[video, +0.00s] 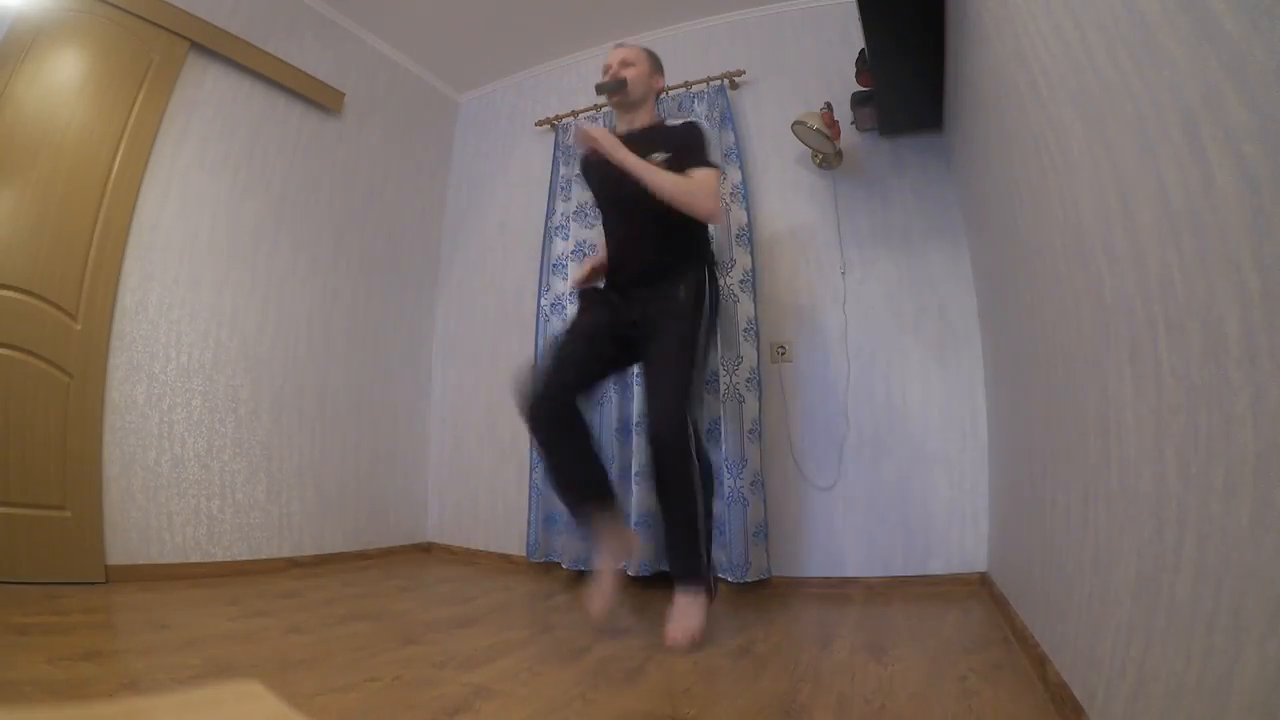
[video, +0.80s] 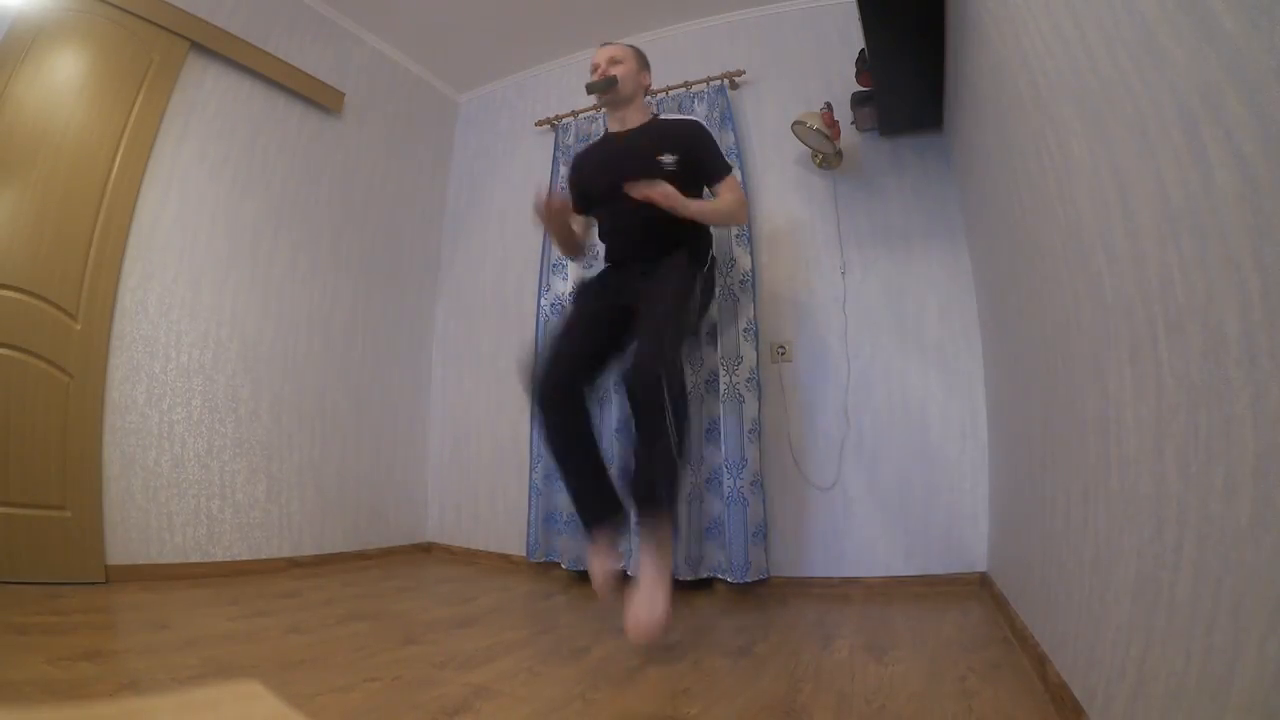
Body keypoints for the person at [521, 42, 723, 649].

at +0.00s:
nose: (614, 70)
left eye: (628, 62)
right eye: (607, 66)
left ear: (658, 82)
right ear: (601, 89)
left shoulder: (682, 137)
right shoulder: (597, 157)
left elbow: (709, 205)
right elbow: (632, 228)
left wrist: (621, 155)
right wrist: (598, 261)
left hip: (678, 296)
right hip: (616, 301)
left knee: (667, 428)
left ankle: (691, 583)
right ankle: (608, 529)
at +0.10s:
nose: (617, 78)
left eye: (630, 69)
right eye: (609, 74)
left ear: (660, 88)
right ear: (602, 96)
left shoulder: (696, 155)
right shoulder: (588, 167)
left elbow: (737, 234)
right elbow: (560, 257)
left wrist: (679, 235)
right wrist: (556, 241)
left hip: (684, 286)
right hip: (618, 300)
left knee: (642, 323)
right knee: (636, 447)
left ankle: (685, 481)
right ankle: (655, 597)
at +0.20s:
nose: (609, 85)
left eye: (622, 76)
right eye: (602, 81)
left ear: (653, 93)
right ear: (596, 103)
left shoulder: (692, 155)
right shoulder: (588, 170)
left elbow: (741, 214)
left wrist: (714, 249)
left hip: (691, 289)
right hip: (626, 305)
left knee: (639, 326)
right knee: (630, 447)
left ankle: (678, 490)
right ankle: (651, 590)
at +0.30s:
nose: (607, 79)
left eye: (621, 70)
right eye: (600, 75)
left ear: (652, 89)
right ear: (595, 96)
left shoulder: (683, 138)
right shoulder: (597, 172)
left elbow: (752, 206)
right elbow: (596, 262)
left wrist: (671, 203)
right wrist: (574, 242)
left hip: (687, 300)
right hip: (626, 304)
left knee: (678, 432)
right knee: (547, 383)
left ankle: (703, 578)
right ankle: (596, 520)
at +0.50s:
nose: (612, 74)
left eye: (626, 66)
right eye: (604, 69)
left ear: (655, 84)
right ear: (597, 89)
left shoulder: (685, 139)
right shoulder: (595, 159)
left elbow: (722, 212)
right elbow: (612, 225)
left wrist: (644, 164)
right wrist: (596, 249)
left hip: (681, 292)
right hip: (617, 297)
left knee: (675, 409)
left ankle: (699, 568)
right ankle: (601, 545)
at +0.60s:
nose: (614, 87)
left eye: (628, 78)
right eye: (607, 82)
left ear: (658, 93)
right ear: (599, 101)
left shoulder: (693, 165)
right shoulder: (585, 175)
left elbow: (728, 248)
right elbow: (554, 262)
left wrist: (679, 230)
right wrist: (553, 240)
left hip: (681, 297)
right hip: (614, 308)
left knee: (646, 287)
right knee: (620, 453)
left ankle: (673, 449)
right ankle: (643, 597)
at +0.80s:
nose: (602, 70)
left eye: (616, 61)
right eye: (595, 67)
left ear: (647, 80)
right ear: (591, 90)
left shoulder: (685, 134)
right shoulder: (587, 161)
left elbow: (736, 209)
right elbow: (577, 248)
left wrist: (679, 203)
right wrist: (558, 225)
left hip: (678, 272)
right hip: (617, 280)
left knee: (648, 371)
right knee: (555, 383)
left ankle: (655, 538)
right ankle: (603, 527)